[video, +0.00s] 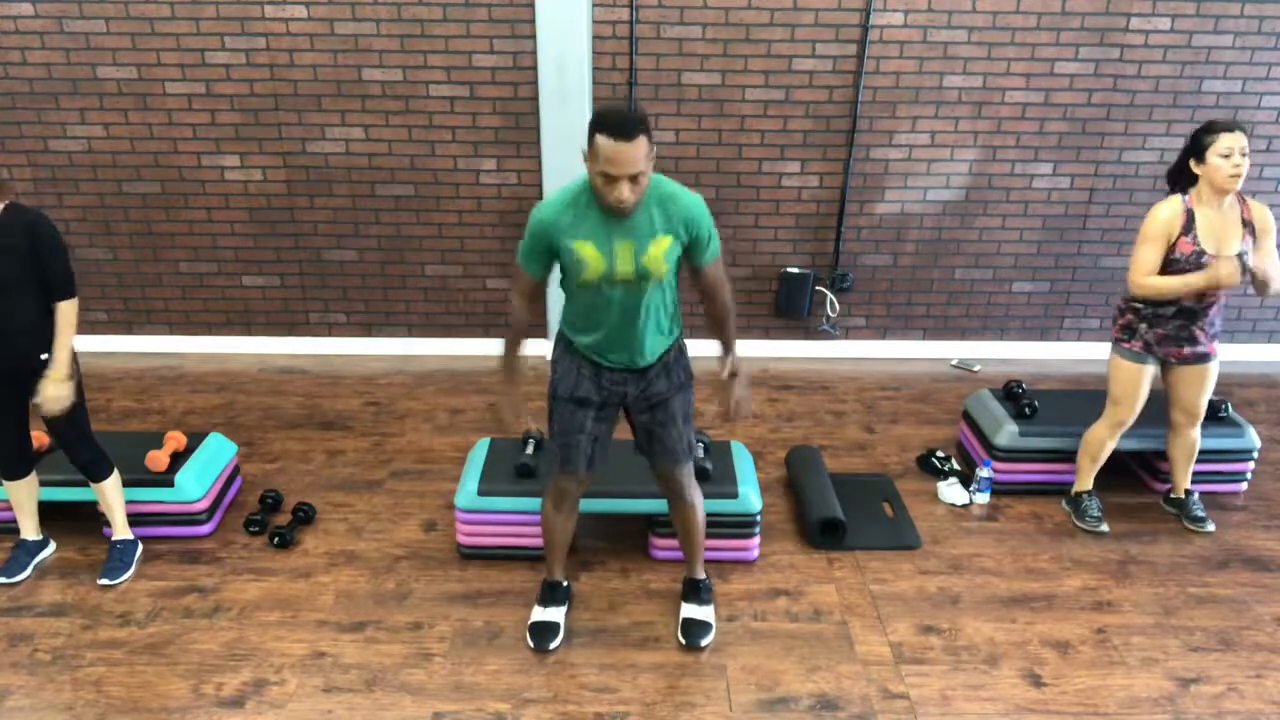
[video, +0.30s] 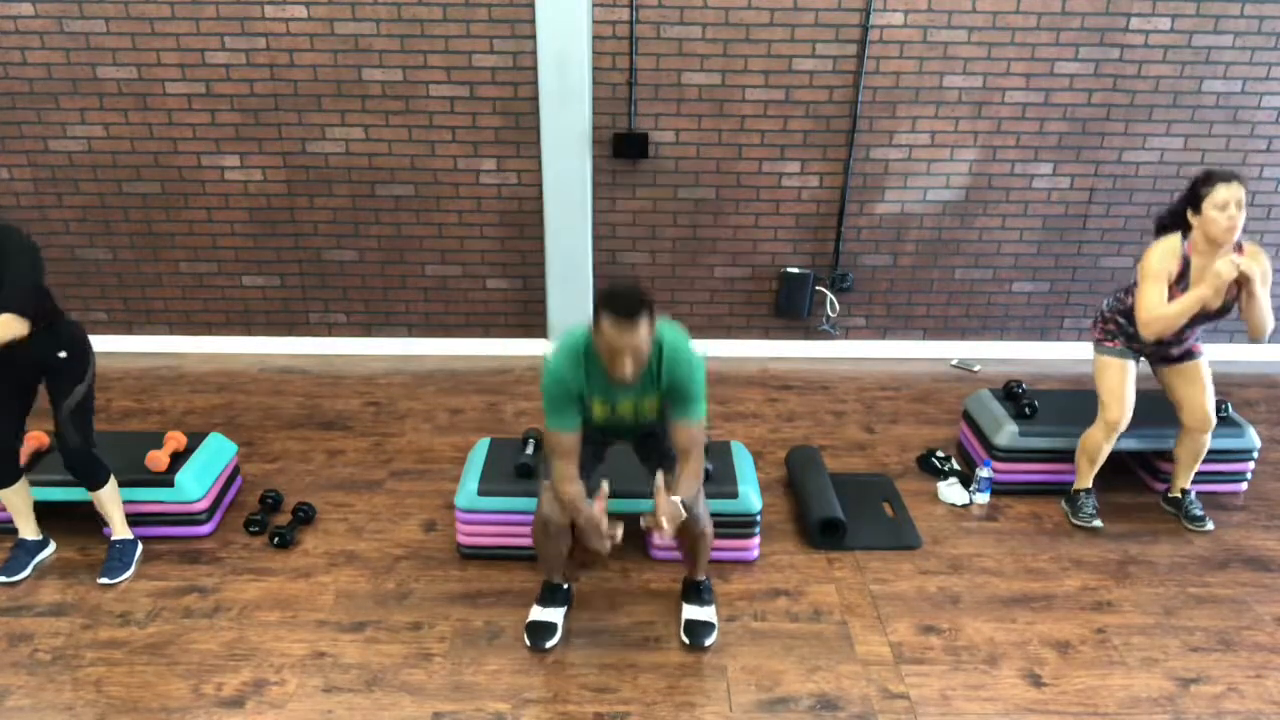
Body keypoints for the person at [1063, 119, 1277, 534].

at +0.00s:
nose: (1238, 164)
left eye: (1244, 156)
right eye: (1226, 156)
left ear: (1249, 161)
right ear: (1197, 165)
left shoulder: (1257, 216)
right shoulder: (1167, 213)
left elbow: (1268, 288)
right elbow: (1138, 283)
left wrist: (1256, 268)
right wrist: (1206, 279)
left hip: (1197, 331)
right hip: (1143, 326)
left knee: (1189, 419)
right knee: (1120, 416)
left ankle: (1181, 494)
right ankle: (1080, 491)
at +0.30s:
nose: (1233, 216)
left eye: (1239, 207)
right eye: (1222, 208)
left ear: (1245, 213)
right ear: (1194, 217)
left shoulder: (1251, 257)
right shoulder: (1163, 253)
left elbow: (1259, 332)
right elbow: (1150, 327)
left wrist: (1254, 286)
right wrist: (1208, 288)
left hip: (1176, 336)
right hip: (1122, 328)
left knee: (1201, 421)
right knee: (1115, 417)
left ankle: (1178, 493)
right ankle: (1080, 491)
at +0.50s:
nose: (1226, 272)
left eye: (1232, 261)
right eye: (1214, 262)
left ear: (1238, 265)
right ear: (1187, 267)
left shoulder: (1244, 306)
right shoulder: (1156, 300)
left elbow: (1245, 379)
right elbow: (1145, 376)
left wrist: (1240, 335)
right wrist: (1199, 341)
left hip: (1173, 352)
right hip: (1114, 348)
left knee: (1210, 430)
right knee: (1117, 425)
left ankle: (1180, 493)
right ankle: (1080, 492)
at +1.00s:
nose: (1238, 235)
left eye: (1244, 226)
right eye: (1227, 225)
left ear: (1250, 229)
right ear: (1199, 229)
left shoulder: (1254, 274)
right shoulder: (1168, 265)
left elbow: (1275, 336)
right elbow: (1130, 340)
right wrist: (1163, 389)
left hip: (1180, 346)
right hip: (1125, 338)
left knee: (1208, 425)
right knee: (1119, 424)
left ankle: (1179, 493)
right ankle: (1079, 493)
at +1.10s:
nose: (1242, 205)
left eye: (1248, 195)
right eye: (1232, 195)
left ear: (1254, 199)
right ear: (1203, 198)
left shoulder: (1257, 245)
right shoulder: (1172, 241)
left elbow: (1277, 303)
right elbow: (1127, 313)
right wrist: (1123, 378)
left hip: (1186, 339)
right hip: (1133, 331)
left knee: (1206, 424)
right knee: (1119, 420)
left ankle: (1180, 493)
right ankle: (1079, 493)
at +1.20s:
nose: (1244, 182)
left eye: (1250, 174)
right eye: (1234, 173)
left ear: (1256, 178)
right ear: (1205, 178)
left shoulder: (1258, 227)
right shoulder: (1173, 225)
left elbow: (1277, 287)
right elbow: (1119, 287)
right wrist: (1091, 351)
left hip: (1195, 334)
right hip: (1140, 329)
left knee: (1205, 424)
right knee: (1119, 420)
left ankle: (1180, 493)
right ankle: (1080, 493)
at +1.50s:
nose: (1244, 169)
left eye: (1249, 161)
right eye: (1234, 159)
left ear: (1254, 165)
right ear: (1204, 164)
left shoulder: (1256, 213)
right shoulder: (1171, 213)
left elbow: (1226, 265)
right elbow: (1112, 250)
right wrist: (1075, 293)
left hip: (1215, 340)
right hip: (1161, 334)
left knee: (1187, 425)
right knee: (1123, 416)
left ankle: (1180, 494)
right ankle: (1081, 493)